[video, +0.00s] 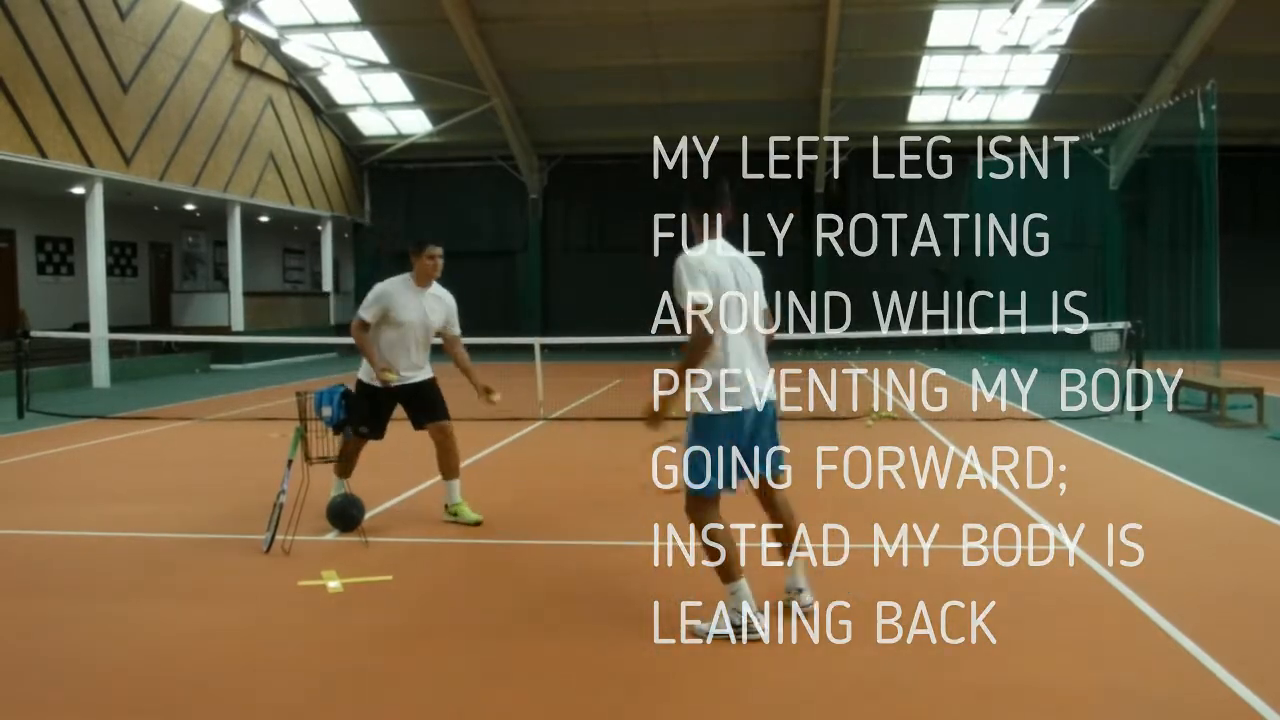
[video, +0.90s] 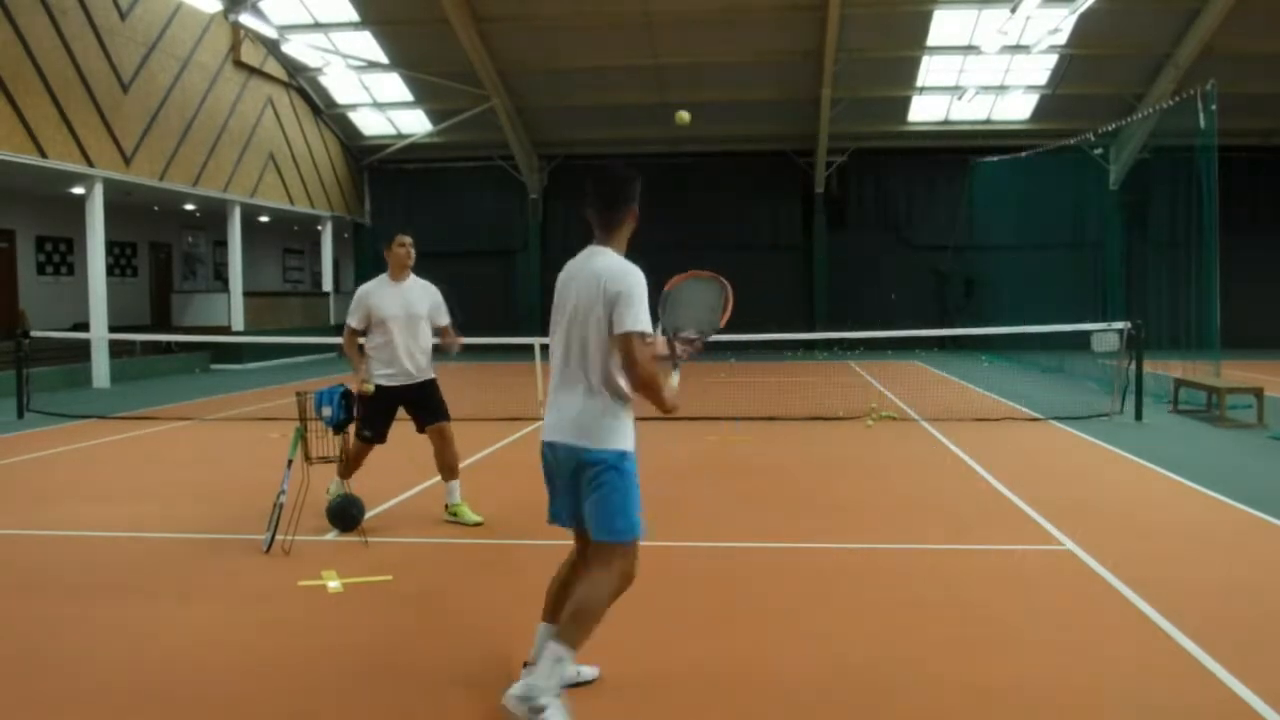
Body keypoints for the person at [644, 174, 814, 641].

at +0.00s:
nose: (689, 224)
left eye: (690, 217)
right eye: (696, 218)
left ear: (694, 218)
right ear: (727, 218)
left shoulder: (691, 262)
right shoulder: (747, 264)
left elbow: (703, 335)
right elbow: (766, 329)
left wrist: (668, 392)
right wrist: (730, 364)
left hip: (717, 409)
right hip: (760, 404)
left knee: (700, 505)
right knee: (771, 489)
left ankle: (741, 607)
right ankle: (800, 585)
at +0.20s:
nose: (703, 219)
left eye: (693, 211)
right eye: (713, 210)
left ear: (679, 215)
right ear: (718, 213)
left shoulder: (664, 260)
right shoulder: (744, 262)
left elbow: (654, 324)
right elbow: (769, 331)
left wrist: (608, 369)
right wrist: (741, 369)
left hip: (682, 411)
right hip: (736, 409)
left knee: (657, 509)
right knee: (735, 503)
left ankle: (689, 610)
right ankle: (748, 616)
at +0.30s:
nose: (700, 227)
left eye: (689, 220)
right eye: (705, 221)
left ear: (669, 221)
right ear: (707, 221)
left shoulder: (644, 264)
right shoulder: (733, 267)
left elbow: (630, 335)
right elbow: (761, 335)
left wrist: (597, 381)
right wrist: (752, 371)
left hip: (659, 416)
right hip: (720, 415)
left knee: (632, 515)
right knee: (735, 510)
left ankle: (621, 624)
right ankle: (750, 619)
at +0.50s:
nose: (666, 233)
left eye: (653, 223)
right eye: (667, 225)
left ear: (626, 226)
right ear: (666, 228)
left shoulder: (597, 278)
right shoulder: (679, 280)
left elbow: (581, 355)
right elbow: (701, 354)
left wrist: (624, 373)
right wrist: (722, 379)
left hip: (605, 432)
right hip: (663, 432)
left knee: (592, 543)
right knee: (704, 532)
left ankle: (569, 659)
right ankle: (750, 618)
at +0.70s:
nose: (650, 198)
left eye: (635, 190)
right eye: (652, 191)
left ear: (607, 191)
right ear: (651, 192)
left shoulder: (584, 244)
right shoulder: (646, 247)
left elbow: (576, 317)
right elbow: (650, 330)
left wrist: (648, 332)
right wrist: (670, 369)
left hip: (573, 407)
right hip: (624, 411)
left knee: (586, 525)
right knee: (664, 526)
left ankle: (565, 650)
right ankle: (676, 654)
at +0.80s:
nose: (644, 204)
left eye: (637, 194)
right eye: (644, 196)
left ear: (599, 198)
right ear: (639, 199)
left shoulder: (575, 250)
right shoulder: (637, 251)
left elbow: (584, 329)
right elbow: (641, 338)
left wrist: (653, 331)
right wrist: (664, 376)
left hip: (564, 412)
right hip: (613, 417)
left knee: (582, 530)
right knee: (646, 538)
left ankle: (544, 652)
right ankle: (610, 668)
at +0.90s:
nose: (636, 217)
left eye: (629, 209)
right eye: (636, 210)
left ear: (591, 214)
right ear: (633, 214)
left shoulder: (571, 271)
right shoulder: (625, 277)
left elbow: (589, 353)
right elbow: (637, 363)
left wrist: (653, 350)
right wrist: (666, 398)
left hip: (560, 432)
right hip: (604, 440)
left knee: (587, 550)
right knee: (615, 564)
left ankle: (547, 656)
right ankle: (541, 682)